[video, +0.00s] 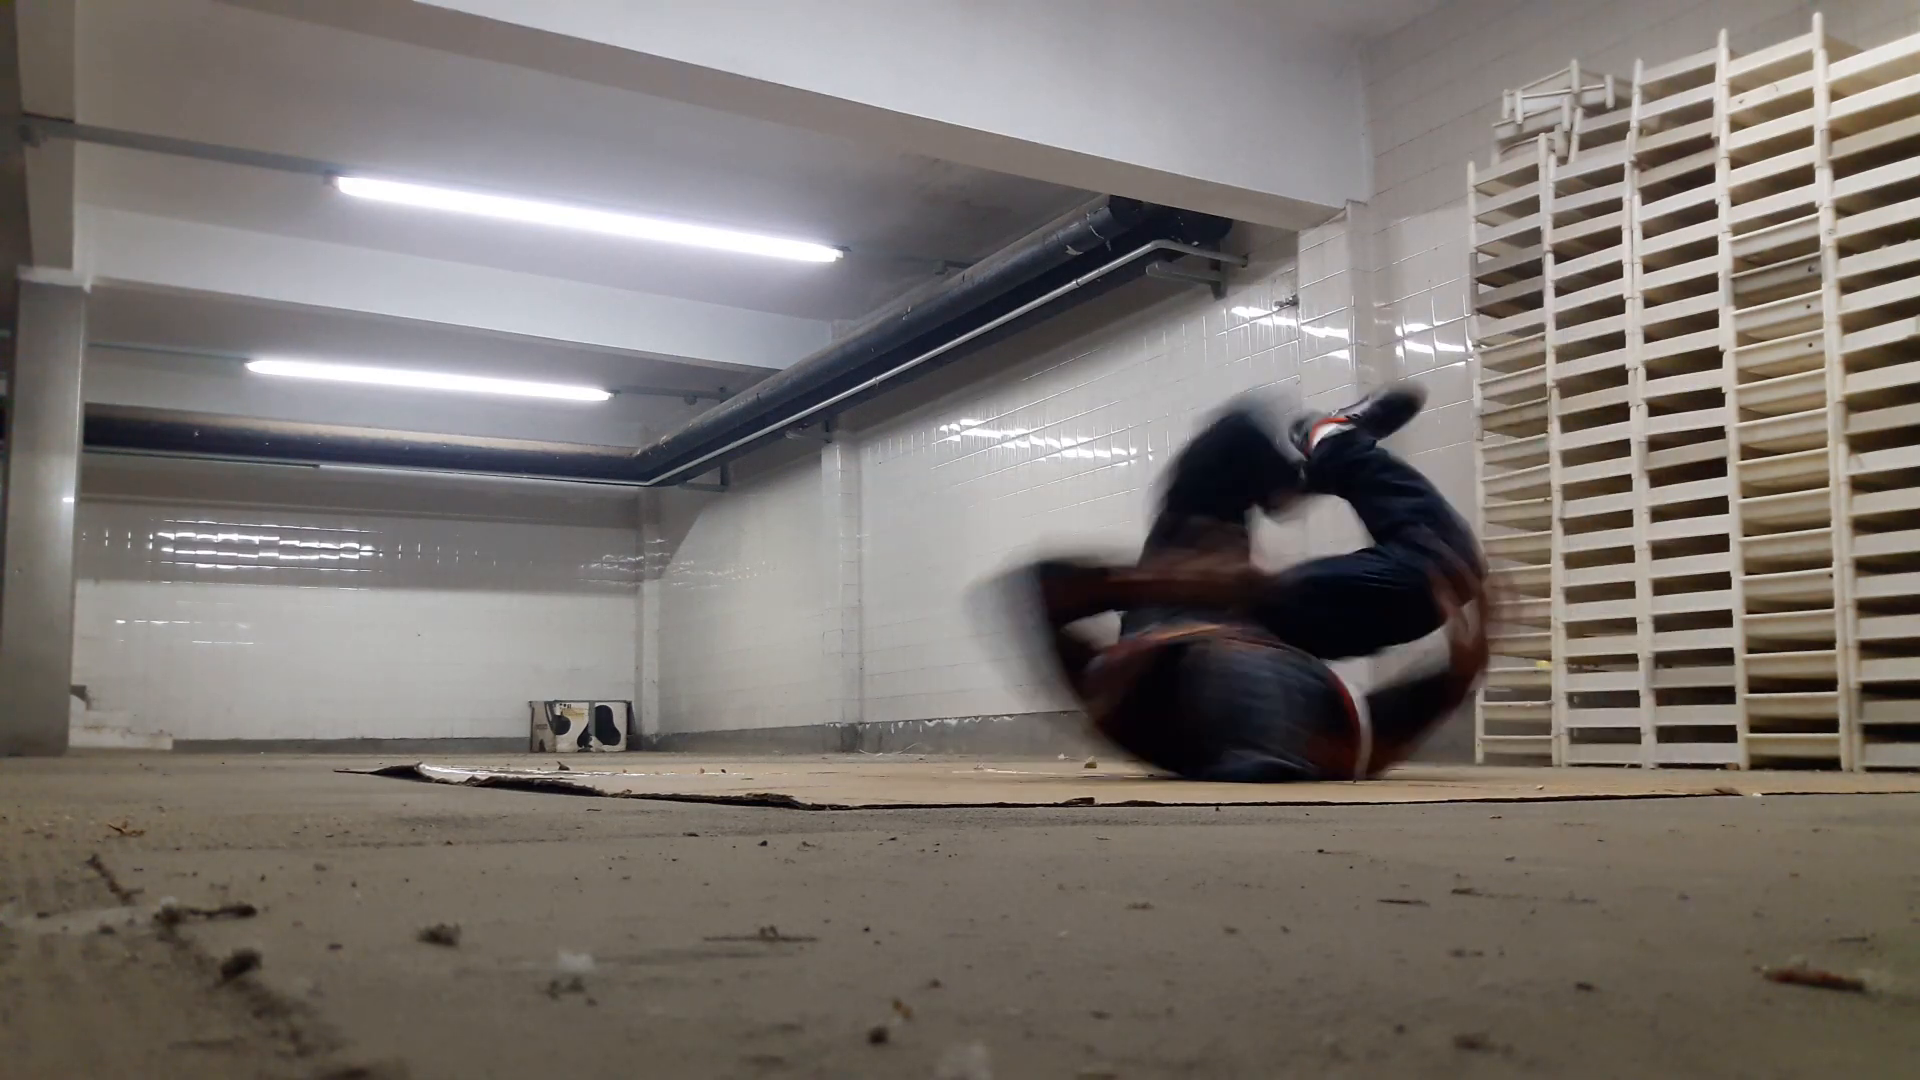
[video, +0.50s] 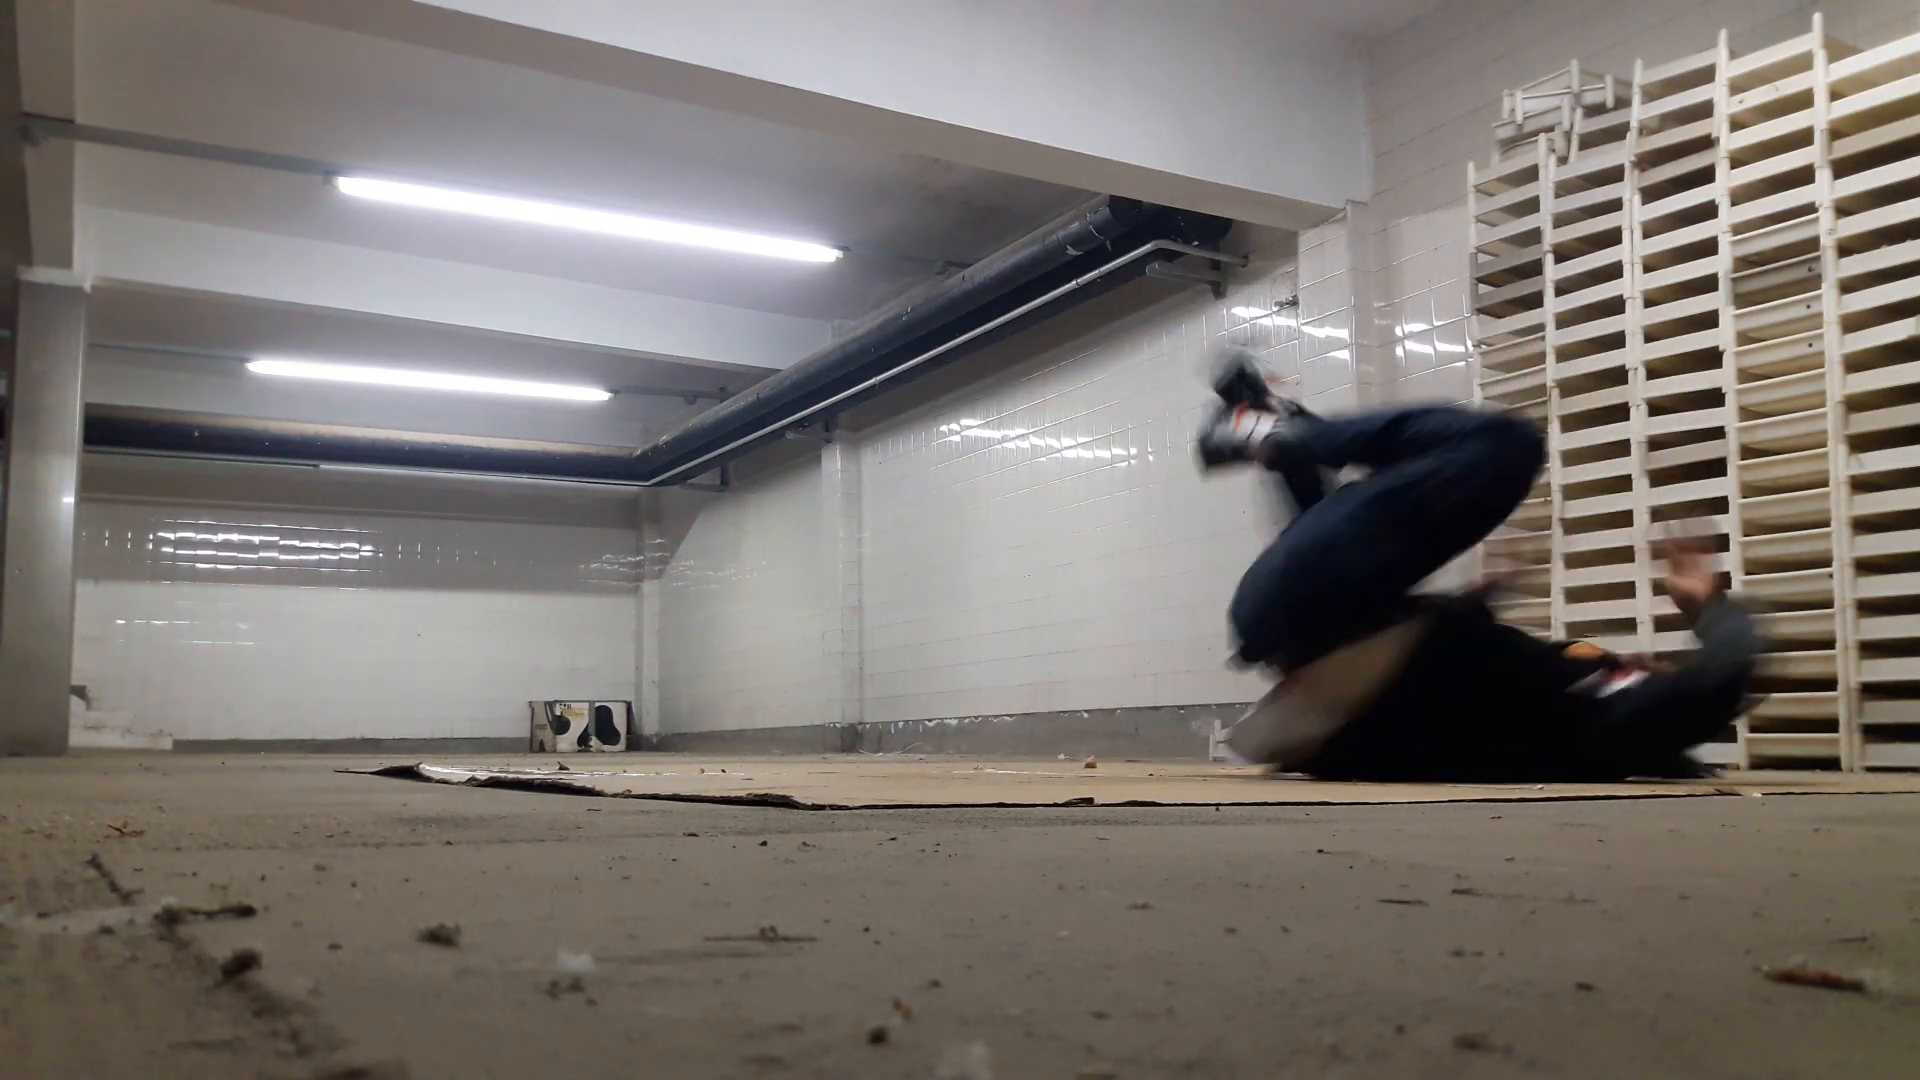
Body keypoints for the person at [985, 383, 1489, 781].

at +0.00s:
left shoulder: (1115, 691)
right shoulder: (1334, 745)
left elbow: (1041, 589)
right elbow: (1385, 723)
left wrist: (1231, 587)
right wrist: (1461, 676)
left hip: (1188, 629)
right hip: (1282, 650)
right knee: (1444, 571)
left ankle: (1281, 470)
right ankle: (1333, 441)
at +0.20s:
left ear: (1218, 450)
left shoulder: (1225, 469)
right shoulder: (1341, 410)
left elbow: (1157, 607)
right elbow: (1273, 422)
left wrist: (1132, 452)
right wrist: (1191, 406)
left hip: (1366, 608)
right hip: (1479, 614)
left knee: (1208, 696)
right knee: (1485, 751)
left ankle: (1221, 766)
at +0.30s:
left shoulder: (1461, 754)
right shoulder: (1561, 561)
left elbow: (1287, 749)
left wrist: (1397, 726)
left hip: (1322, 551)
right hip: (1363, 510)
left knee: (1139, 588)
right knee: (1381, 444)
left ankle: (1194, 399)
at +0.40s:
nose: (1659, 655)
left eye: (1666, 691)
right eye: (1678, 662)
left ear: (1653, 732)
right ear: (1667, 651)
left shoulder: (1549, 740)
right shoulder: (1619, 611)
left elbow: (1368, 749)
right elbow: (1624, 503)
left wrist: (1535, 708)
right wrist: (1677, 523)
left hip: (1297, 658)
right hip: (1363, 591)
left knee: (1231, 613)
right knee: (1482, 455)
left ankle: (1229, 488)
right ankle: (1286, 396)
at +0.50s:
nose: (1620, 661)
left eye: (1637, 673)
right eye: (1626, 662)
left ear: (1642, 703)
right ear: (1605, 676)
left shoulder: (1608, 739)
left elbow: (1724, 683)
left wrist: (1707, 606)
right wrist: (1473, 605)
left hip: (1314, 613)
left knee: (1508, 448)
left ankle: (1283, 438)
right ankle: (1282, 439)